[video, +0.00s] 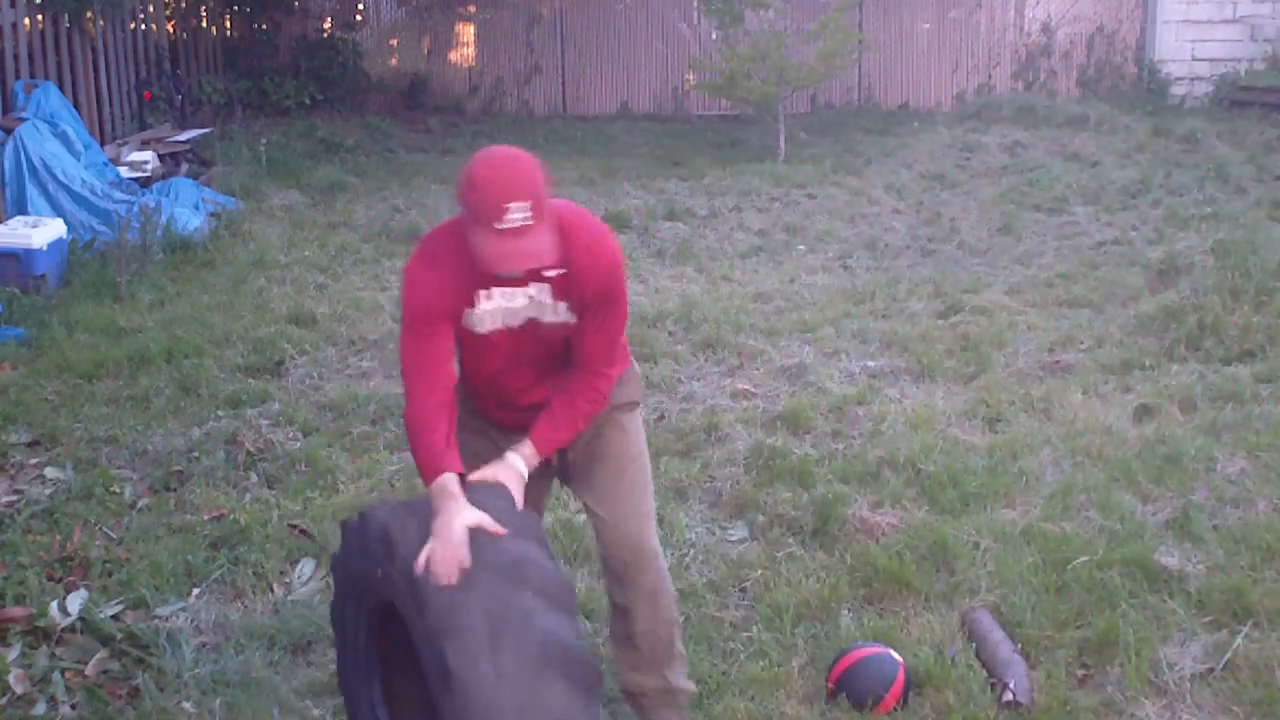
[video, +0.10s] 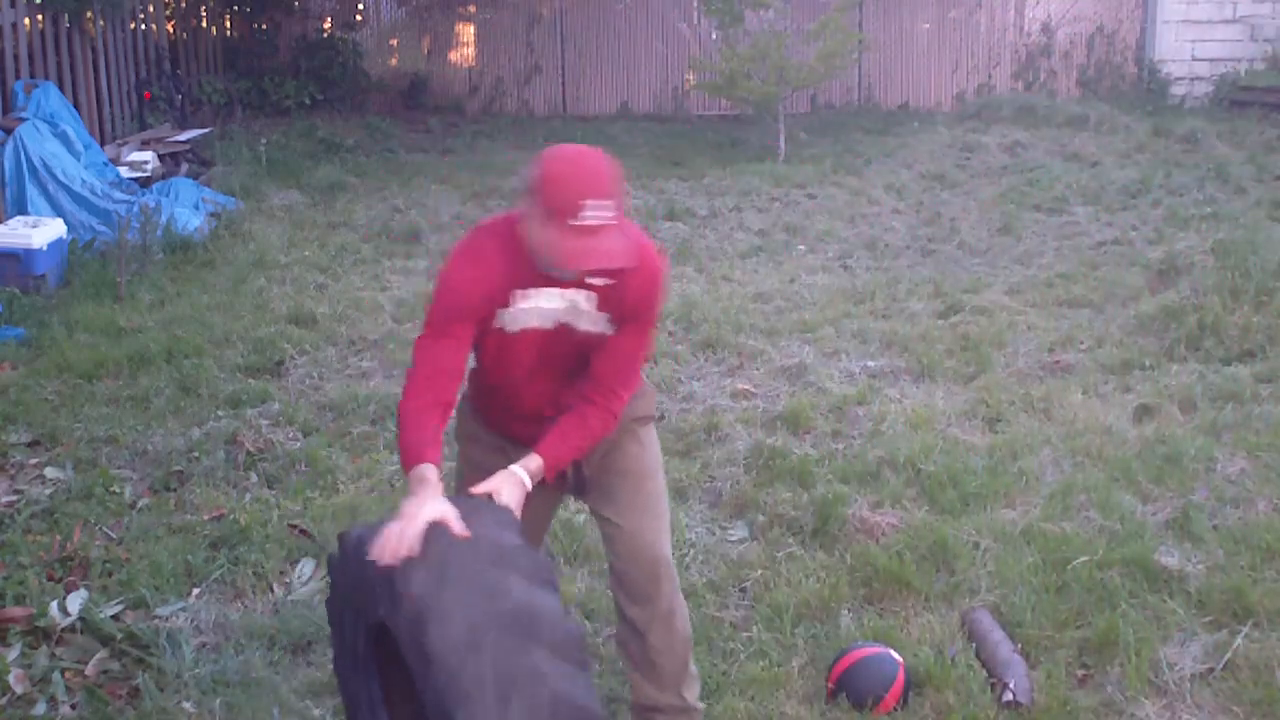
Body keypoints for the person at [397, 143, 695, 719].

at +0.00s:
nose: (513, 259)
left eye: (525, 244)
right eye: (499, 247)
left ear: (545, 217)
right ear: (468, 227)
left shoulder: (592, 250)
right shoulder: (433, 267)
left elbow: (595, 371)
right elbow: (426, 390)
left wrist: (524, 457)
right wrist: (445, 495)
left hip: (594, 404)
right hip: (490, 415)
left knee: (635, 552)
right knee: (480, 569)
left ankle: (663, 705)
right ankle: (484, 705)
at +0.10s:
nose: (583, 251)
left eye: (594, 235)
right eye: (569, 234)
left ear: (612, 221)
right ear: (529, 217)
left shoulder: (638, 268)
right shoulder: (479, 260)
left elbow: (605, 397)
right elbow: (431, 379)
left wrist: (527, 471)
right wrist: (422, 482)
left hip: (611, 423)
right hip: (502, 430)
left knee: (648, 563)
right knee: (486, 580)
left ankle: (669, 706)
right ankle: (483, 705)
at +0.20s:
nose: (655, 265)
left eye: (667, 252)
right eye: (645, 248)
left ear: (683, 238)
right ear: (601, 218)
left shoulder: (688, 285)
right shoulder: (534, 257)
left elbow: (635, 416)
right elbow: (460, 376)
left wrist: (551, 484)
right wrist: (427, 506)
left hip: (625, 447)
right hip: (515, 447)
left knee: (660, 585)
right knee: (486, 596)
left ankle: (674, 712)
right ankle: (474, 709)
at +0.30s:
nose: (713, 280)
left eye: (722, 266)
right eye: (704, 261)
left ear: (735, 248)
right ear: (661, 229)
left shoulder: (724, 296)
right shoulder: (572, 267)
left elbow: (678, 431)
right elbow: (506, 395)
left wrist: (583, 494)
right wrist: (479, 535)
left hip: (642, 461)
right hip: (539, 457)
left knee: (672, 618)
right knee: (500, 617)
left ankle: (677, 711)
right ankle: (492, 709)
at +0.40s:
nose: (732, 285)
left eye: (746, 272)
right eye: (725, 263)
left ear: (760, 260)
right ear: (683, 227)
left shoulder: (742, 303)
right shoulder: (589, 273)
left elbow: (695, 437)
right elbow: (535, 414)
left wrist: (605, 504)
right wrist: (545, 557)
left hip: (655, 459)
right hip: (552, 452)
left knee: (683, 611)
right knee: (537, 620)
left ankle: (685, 710)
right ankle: (525, 710)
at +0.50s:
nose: (735, 270)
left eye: (749, 256)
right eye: (727, 248)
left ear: (763, 248)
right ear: (683, 215)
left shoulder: (749, 297)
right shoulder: (591, 276)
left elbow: (702, 427)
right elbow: (568, 432)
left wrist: (631, 501)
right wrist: (601, 569)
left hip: (660, 446)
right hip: (551, 434)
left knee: (685, 633)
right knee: (556, 621)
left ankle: (686, 707)